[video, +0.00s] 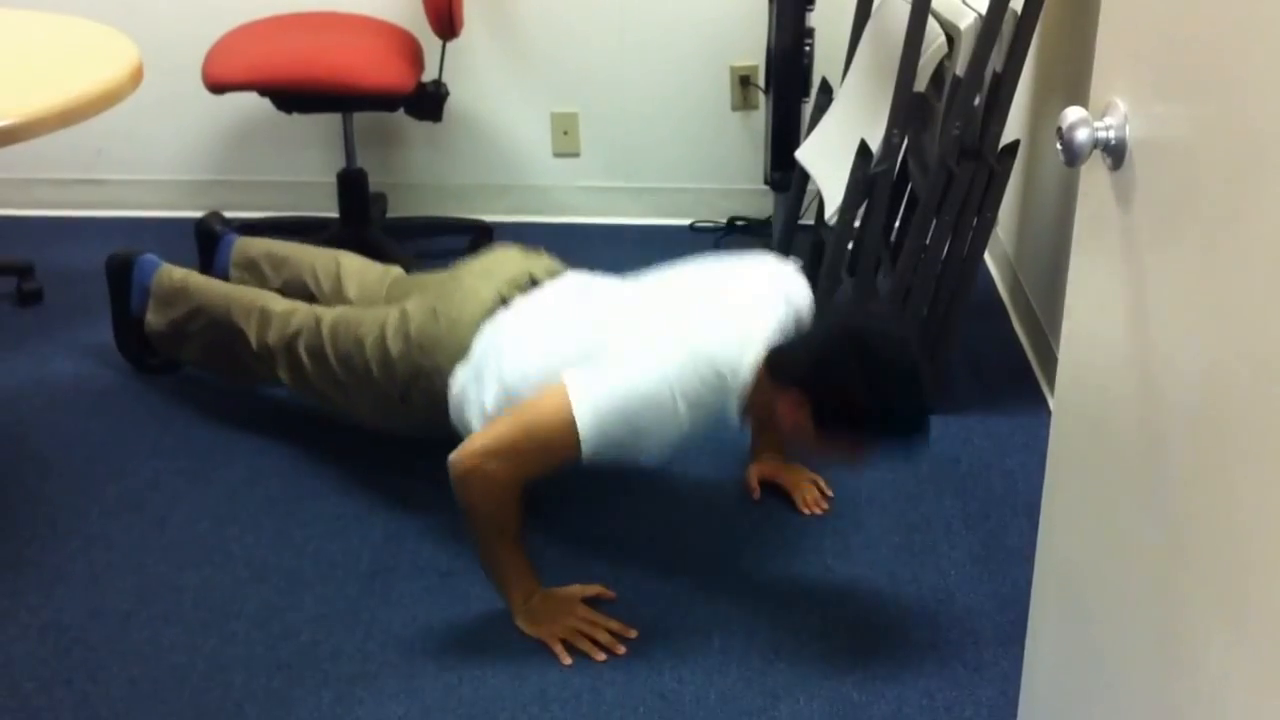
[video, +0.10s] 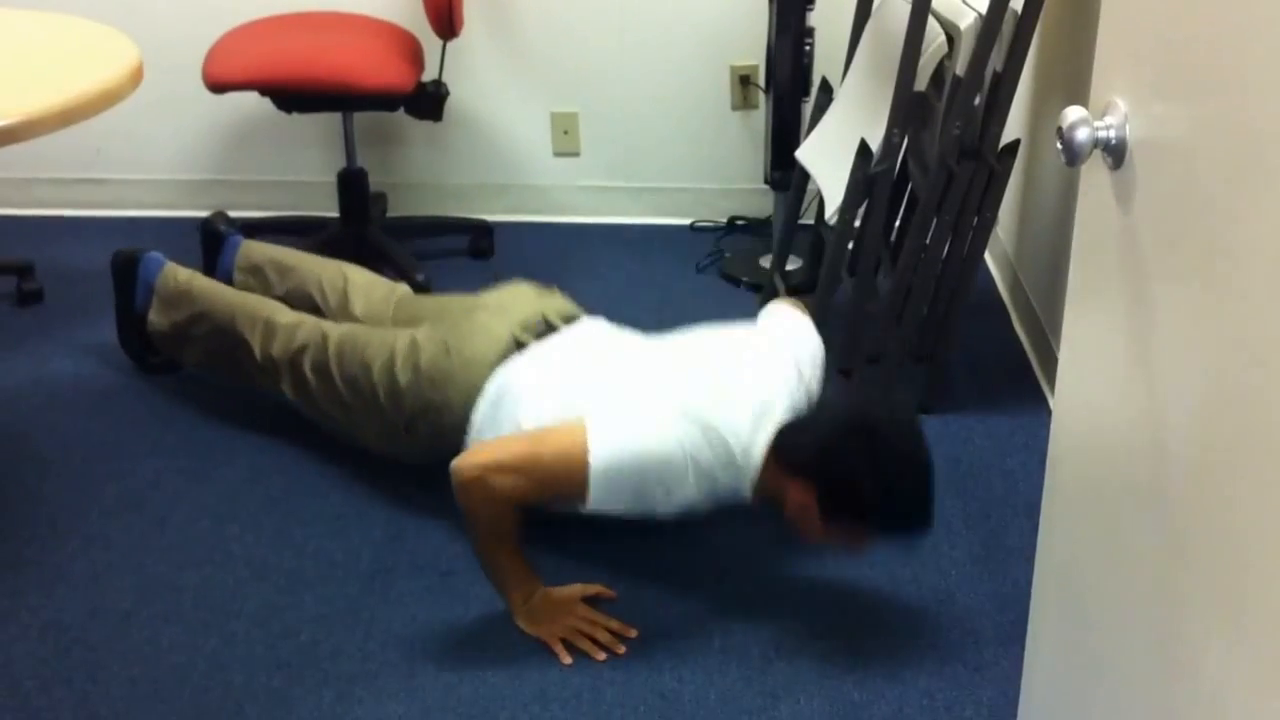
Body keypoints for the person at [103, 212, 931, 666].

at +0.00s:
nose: (829, 452)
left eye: (845, 449)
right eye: (837, 443)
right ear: (800, 404)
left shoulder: (782, 287)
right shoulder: (669, 383)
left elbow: (757, 371)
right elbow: (478, 468)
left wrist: (764, 446)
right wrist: (529, 600)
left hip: (529, 277)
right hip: (463, 358)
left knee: (374, 283)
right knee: (292, 344)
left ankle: (233, 245)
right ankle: (154, 299)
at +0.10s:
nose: (838, 545)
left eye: (854, 536)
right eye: (843, 532)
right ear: (805, 496)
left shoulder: (795, 361)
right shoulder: (676, 458)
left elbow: (785, 302)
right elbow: (479, 478)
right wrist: (529, 599)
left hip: (543, 313)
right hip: (467, 386)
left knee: (391, 303)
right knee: (298, 354)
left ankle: (239, 250)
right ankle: (162, 297)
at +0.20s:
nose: (838, 572)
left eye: (854, 564)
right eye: (845, 561)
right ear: (812, 526)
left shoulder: (799, 385)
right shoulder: (679, 476)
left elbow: (787, 306)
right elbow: (485, 480)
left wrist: (771, 463)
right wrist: (528, 596)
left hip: (557, 332)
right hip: (479, 395)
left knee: (398, 315)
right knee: (304, 357)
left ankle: (247, 253)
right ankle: (166, 294)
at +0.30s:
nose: (849, 539)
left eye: (867, 530)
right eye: (853, 525)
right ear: (810, 488)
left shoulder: (793, 360)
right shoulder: (672, 451)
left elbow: (786, 303)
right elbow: (478, 481)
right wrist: (529, 599)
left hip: (549, 310)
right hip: (476, 380)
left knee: (395, 300)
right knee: (304, 351)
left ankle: (247, 250)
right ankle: (169, 296)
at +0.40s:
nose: (846, 465)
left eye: (861, 460)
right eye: (849, 454)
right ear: (801, 411)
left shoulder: (789, 293)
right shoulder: (664, 392)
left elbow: (766, 368)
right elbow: (480, 471)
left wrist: (768, 441)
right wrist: (530, 597)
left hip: (539, 276)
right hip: (476, 351)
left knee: (378, 280)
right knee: (303, 341)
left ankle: (240, 246)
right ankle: (165, 299)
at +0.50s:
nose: (848, 393)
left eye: (865, 383)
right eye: (850, 377)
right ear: (797, 335)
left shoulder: (780, 240)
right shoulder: (654, 334)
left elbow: (774, 350)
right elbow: (501, 453)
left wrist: (767, 446)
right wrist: (529, 596)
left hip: (533, 238)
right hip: (467, 307)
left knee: (379, 271)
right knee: (307, 319)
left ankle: (243, 243)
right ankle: (165, 295)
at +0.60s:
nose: (848, 341)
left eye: (866, 328)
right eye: (847, 323)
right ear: (792, 279)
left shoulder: (780, 208)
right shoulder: (640, 293)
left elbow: (773, 325)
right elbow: (527, 437)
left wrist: (770, 448)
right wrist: (528, 590)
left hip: (531, 216)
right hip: (469, 286)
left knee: (382, 260)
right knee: (310, 316)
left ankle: (248, 243)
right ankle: (170, 296)